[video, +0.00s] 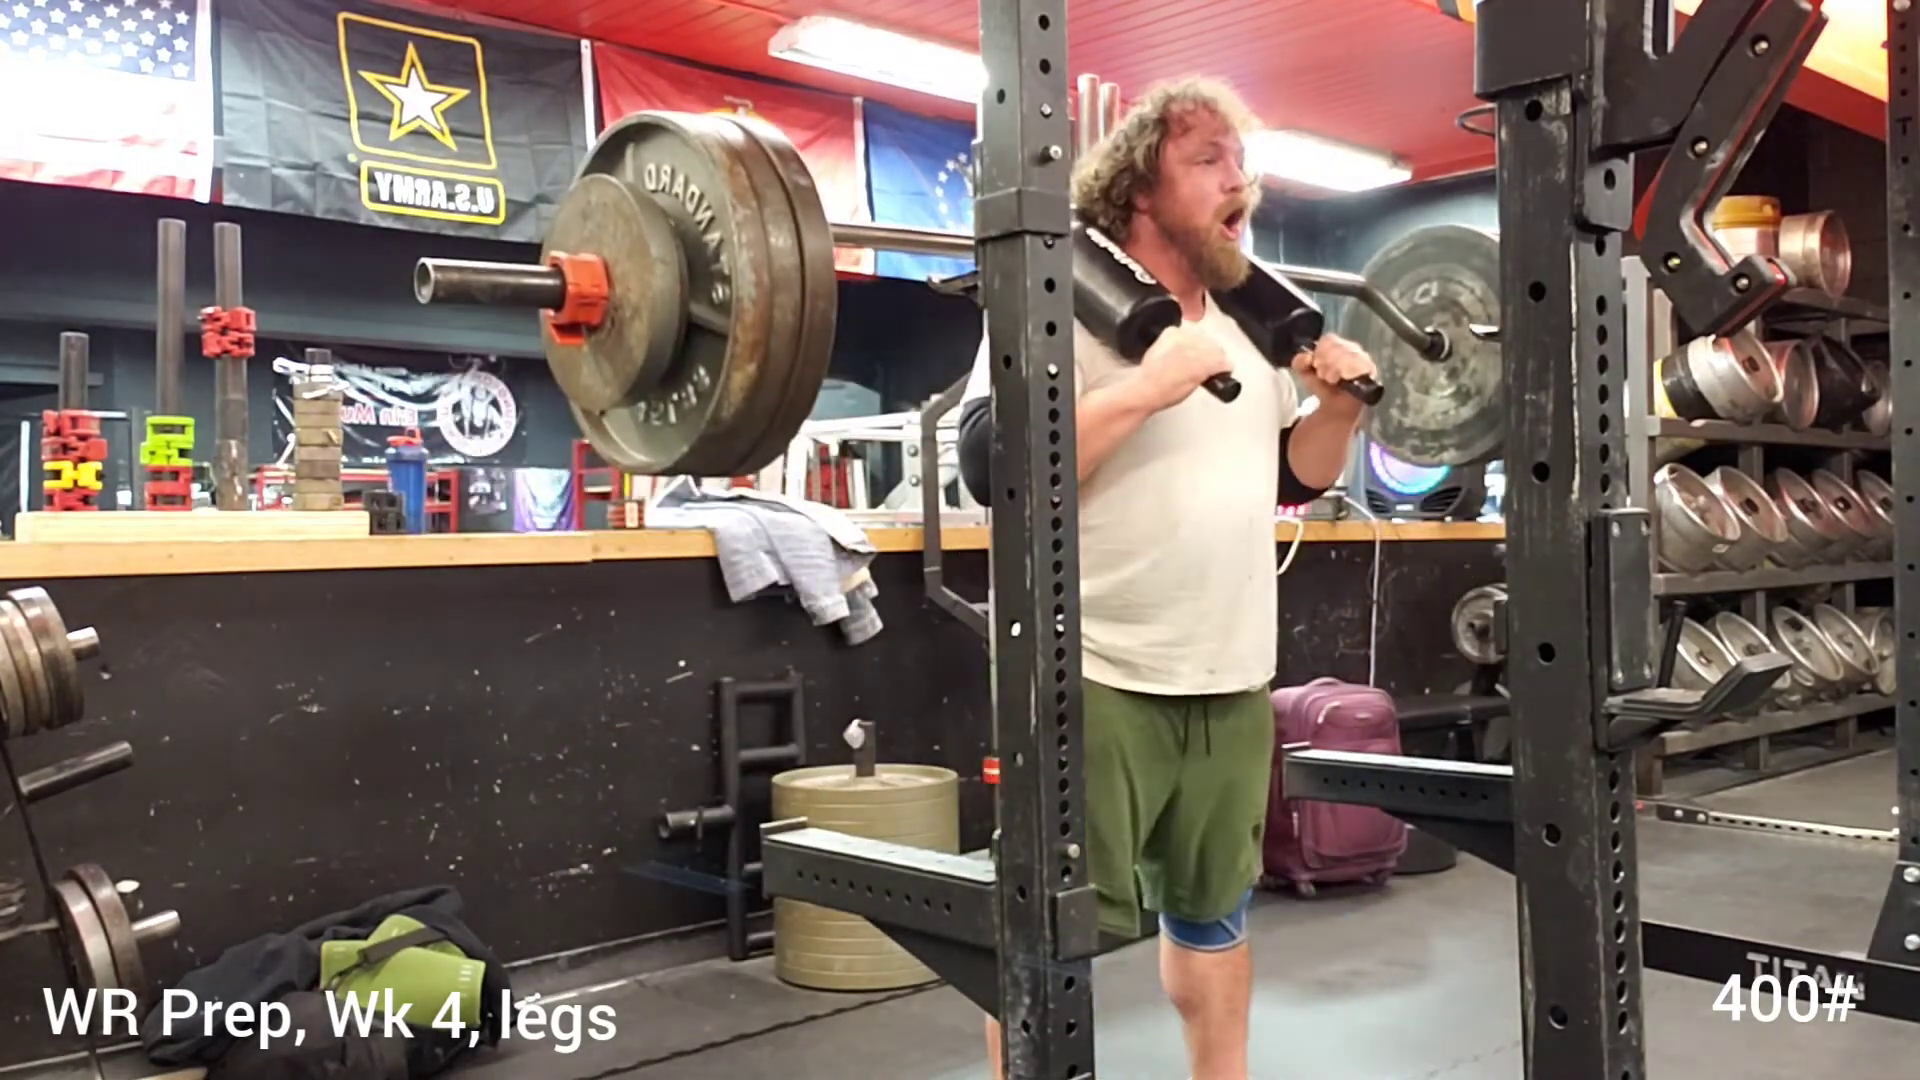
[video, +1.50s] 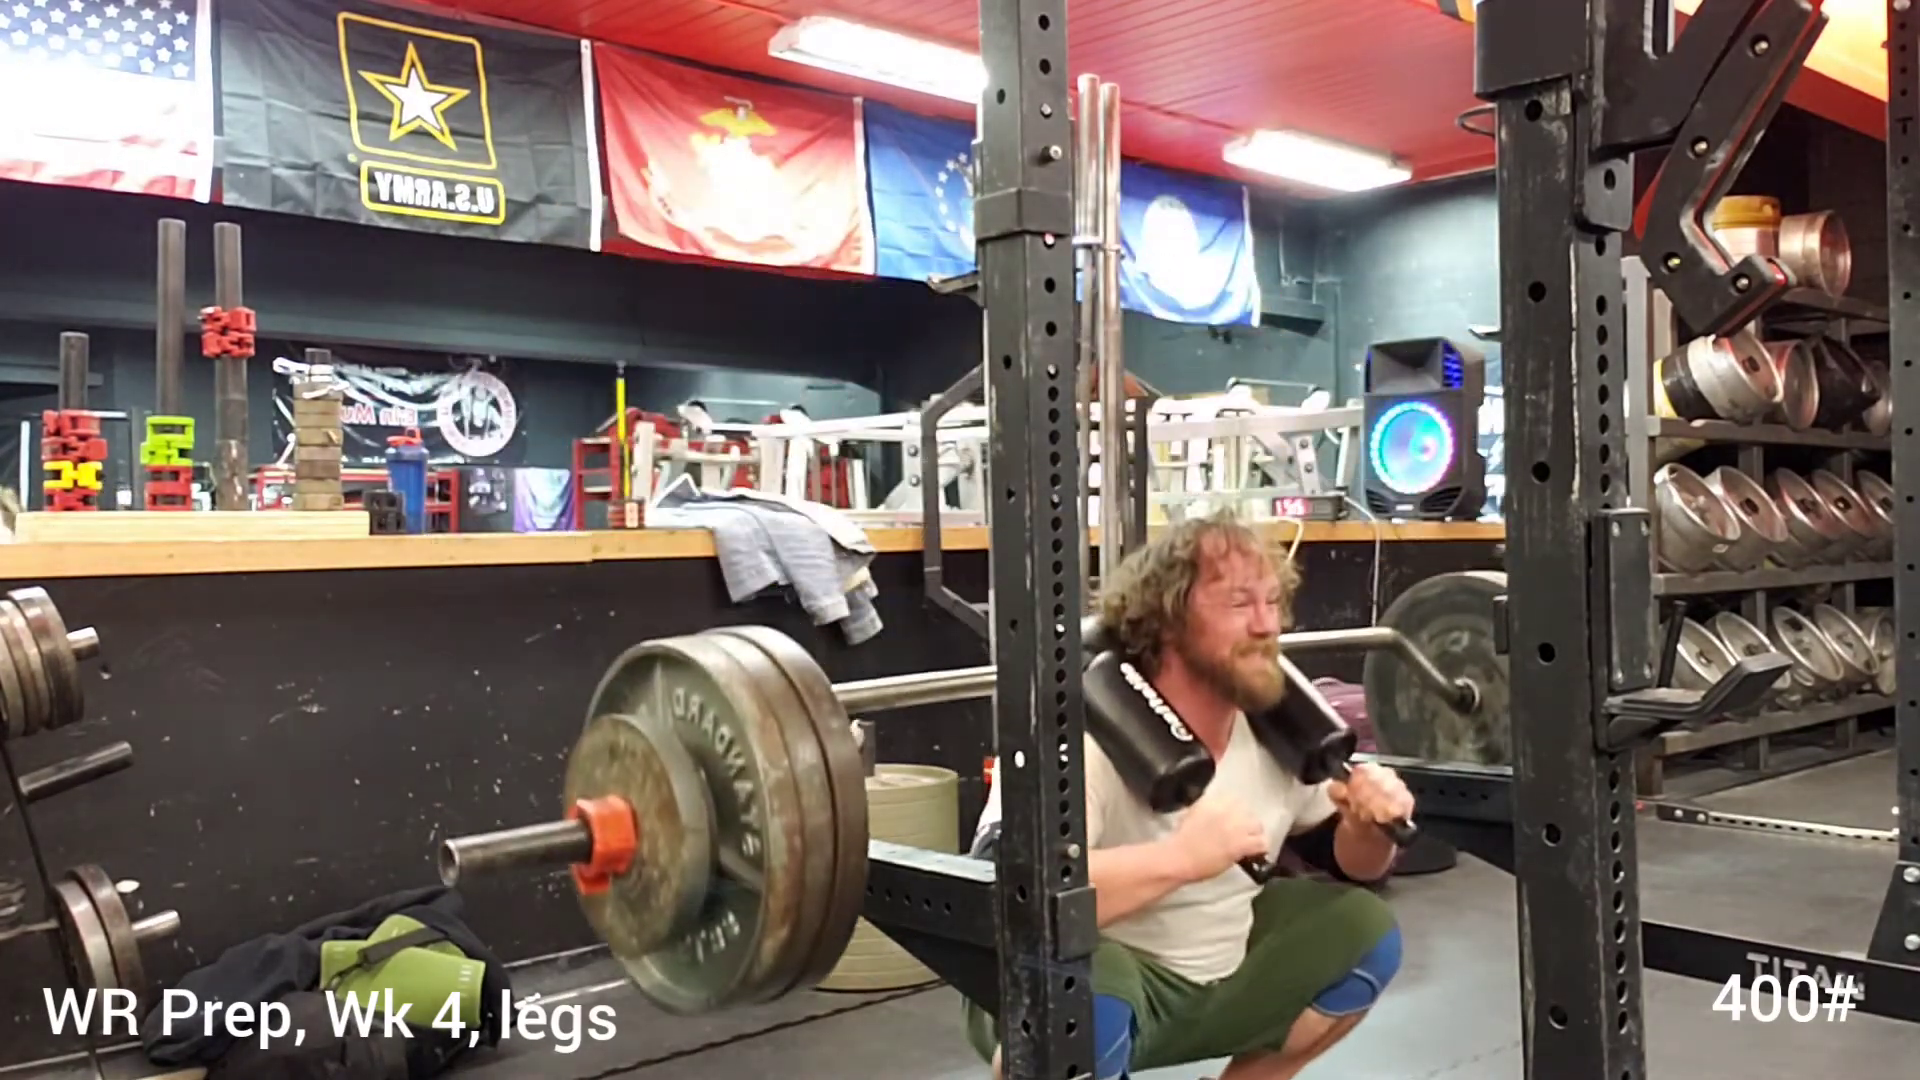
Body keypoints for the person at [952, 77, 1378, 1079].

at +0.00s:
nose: (1240, 183)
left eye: (1241, 162)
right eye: (1210, 160)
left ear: (1243, 181)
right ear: (1142, 184)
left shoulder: (1252, 317)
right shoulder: (1057, 294)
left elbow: (1302, 474)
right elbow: (993, 467)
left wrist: (1338, 401)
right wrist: (1142, 391)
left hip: (1233, 674)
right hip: (1094, 673)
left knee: (1213, 924)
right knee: (1056, 933)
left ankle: (1222, 1074)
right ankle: (1024, 1072)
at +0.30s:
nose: (1237, 213)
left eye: (1238, 195)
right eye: (1210, 196)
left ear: (1248, 211)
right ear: (1144, 221)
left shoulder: (1261, 347)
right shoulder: (1065, 333)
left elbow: (1314, 509)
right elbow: (1016, 505)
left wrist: (1343, 442)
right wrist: (1152, 428)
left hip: (1209, 697)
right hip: (1070, 696)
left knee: (1258, 893)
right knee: (1050, 936)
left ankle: (1230, 1073)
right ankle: (1022, 1073)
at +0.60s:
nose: (1248, 350)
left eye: (1254, 330)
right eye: (1223, 331)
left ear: (1263, 341)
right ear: (1156, 347)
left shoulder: (1266, 457)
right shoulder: (1069, 457)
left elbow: (1324, 633)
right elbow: (1017, 647)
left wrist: (1349, 570)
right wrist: (1161, 582)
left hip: (1200, 759)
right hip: (1057, 765)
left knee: (1312, 905)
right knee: (1070, 960)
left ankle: (1239, 1073)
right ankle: (1016, 1069)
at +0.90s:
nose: (1263, 472)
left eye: (1270, 452)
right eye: (1237, 452)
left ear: (1281, 458)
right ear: (1170, 460)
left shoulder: (1272, 569)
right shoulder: (1075, 570)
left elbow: (1331, 745)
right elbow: (1033, 772)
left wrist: (1356, 685)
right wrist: (1175, 712)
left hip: (1196, 829)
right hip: (1057, 836)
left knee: (1337, 913)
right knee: (1079, 965)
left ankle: (1243, 1074)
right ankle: (1023, 1069)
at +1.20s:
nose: (1266, 581)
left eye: (1272, 560)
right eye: (1240, 562)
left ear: (1283, 563)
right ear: (1170, 573)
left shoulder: (1275, 666)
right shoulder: (1087, 679)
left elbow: (1348, 834)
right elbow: (1028, 861)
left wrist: (1366, 781)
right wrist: (1176, 820)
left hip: (1229, 919)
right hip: (1105, 931)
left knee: (1363, 929)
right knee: (1078, 980)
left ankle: (1245, 1074)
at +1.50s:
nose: (1267, 626)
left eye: (1271, 601)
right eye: (1238, 602)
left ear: (1283, 605)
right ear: (1168, 620)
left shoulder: (1274, 705)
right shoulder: (1089, 730)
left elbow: (1356, 865)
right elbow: (1014, 895)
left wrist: (1371, 823)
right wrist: (1177, 856)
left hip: (1233, 961)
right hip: (1113, 970)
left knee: (1366, 932)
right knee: (1088, 998)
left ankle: (1245, 1074)